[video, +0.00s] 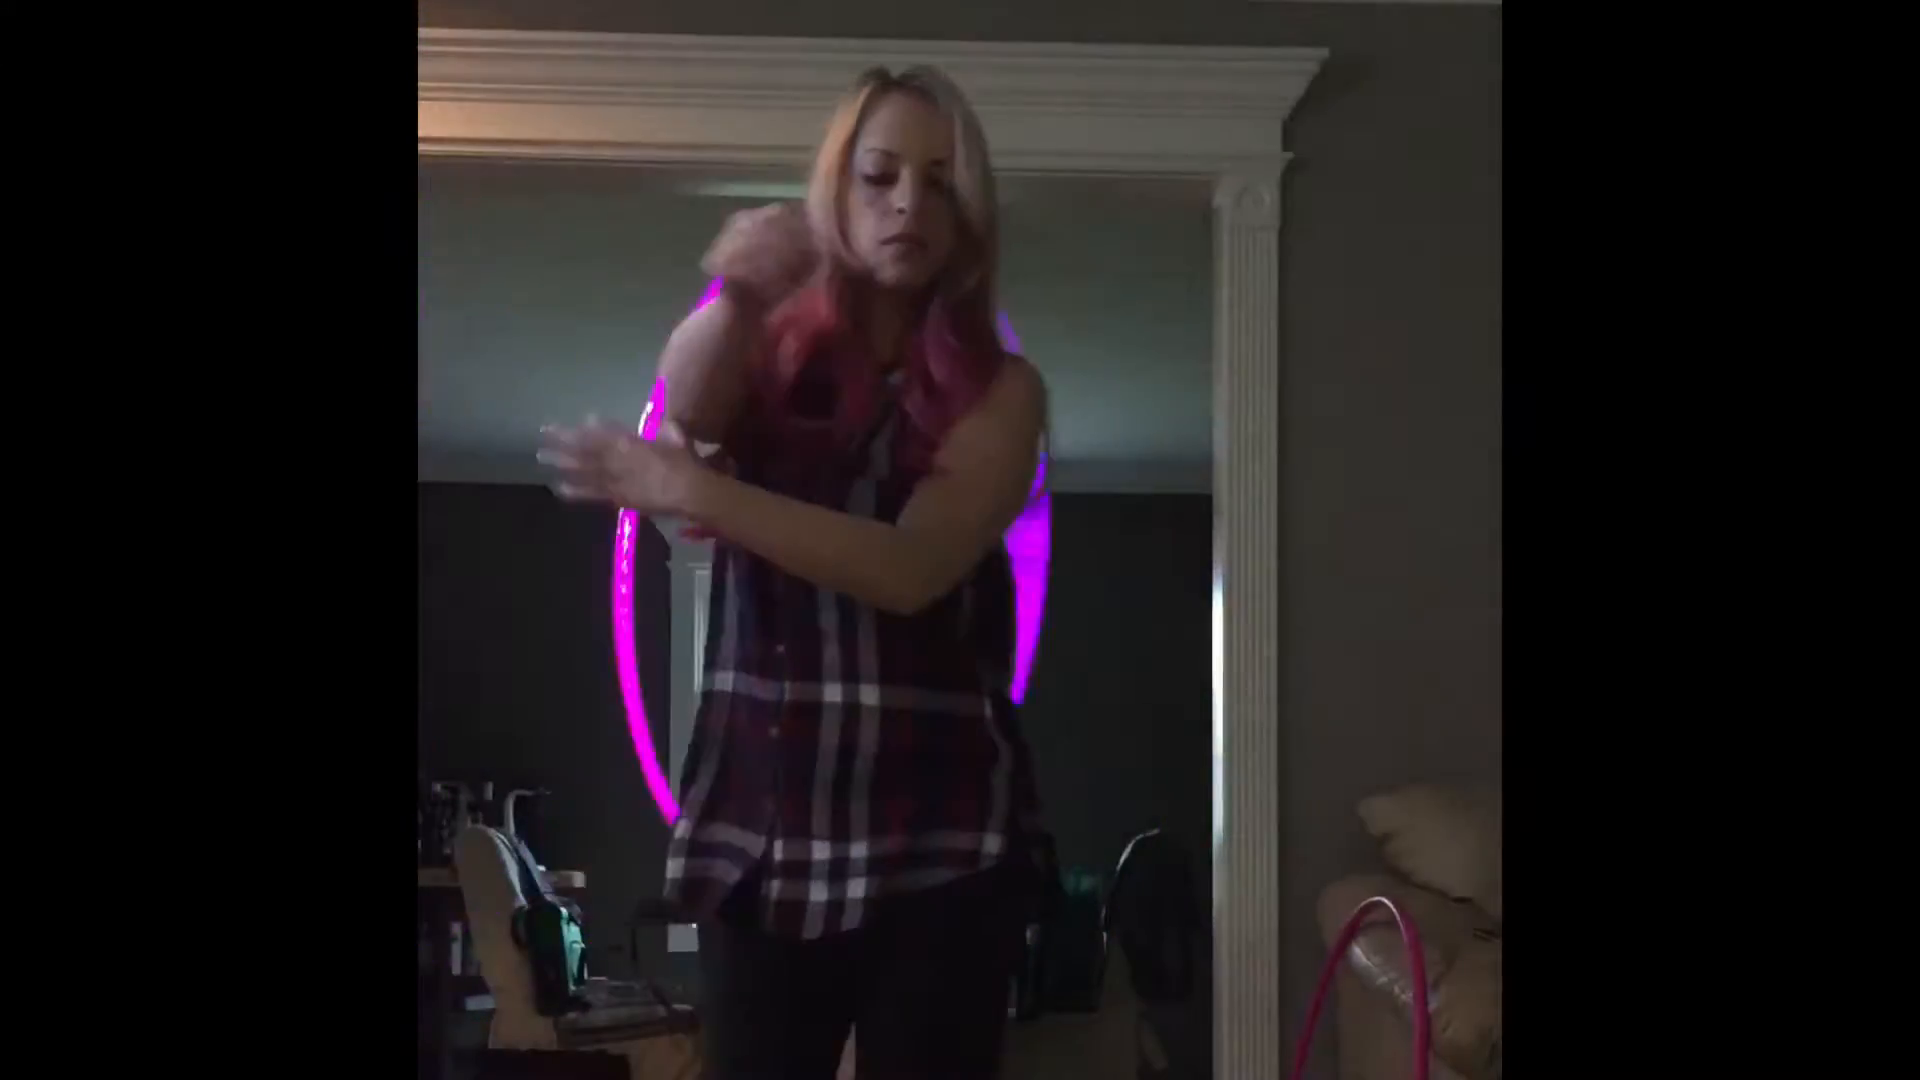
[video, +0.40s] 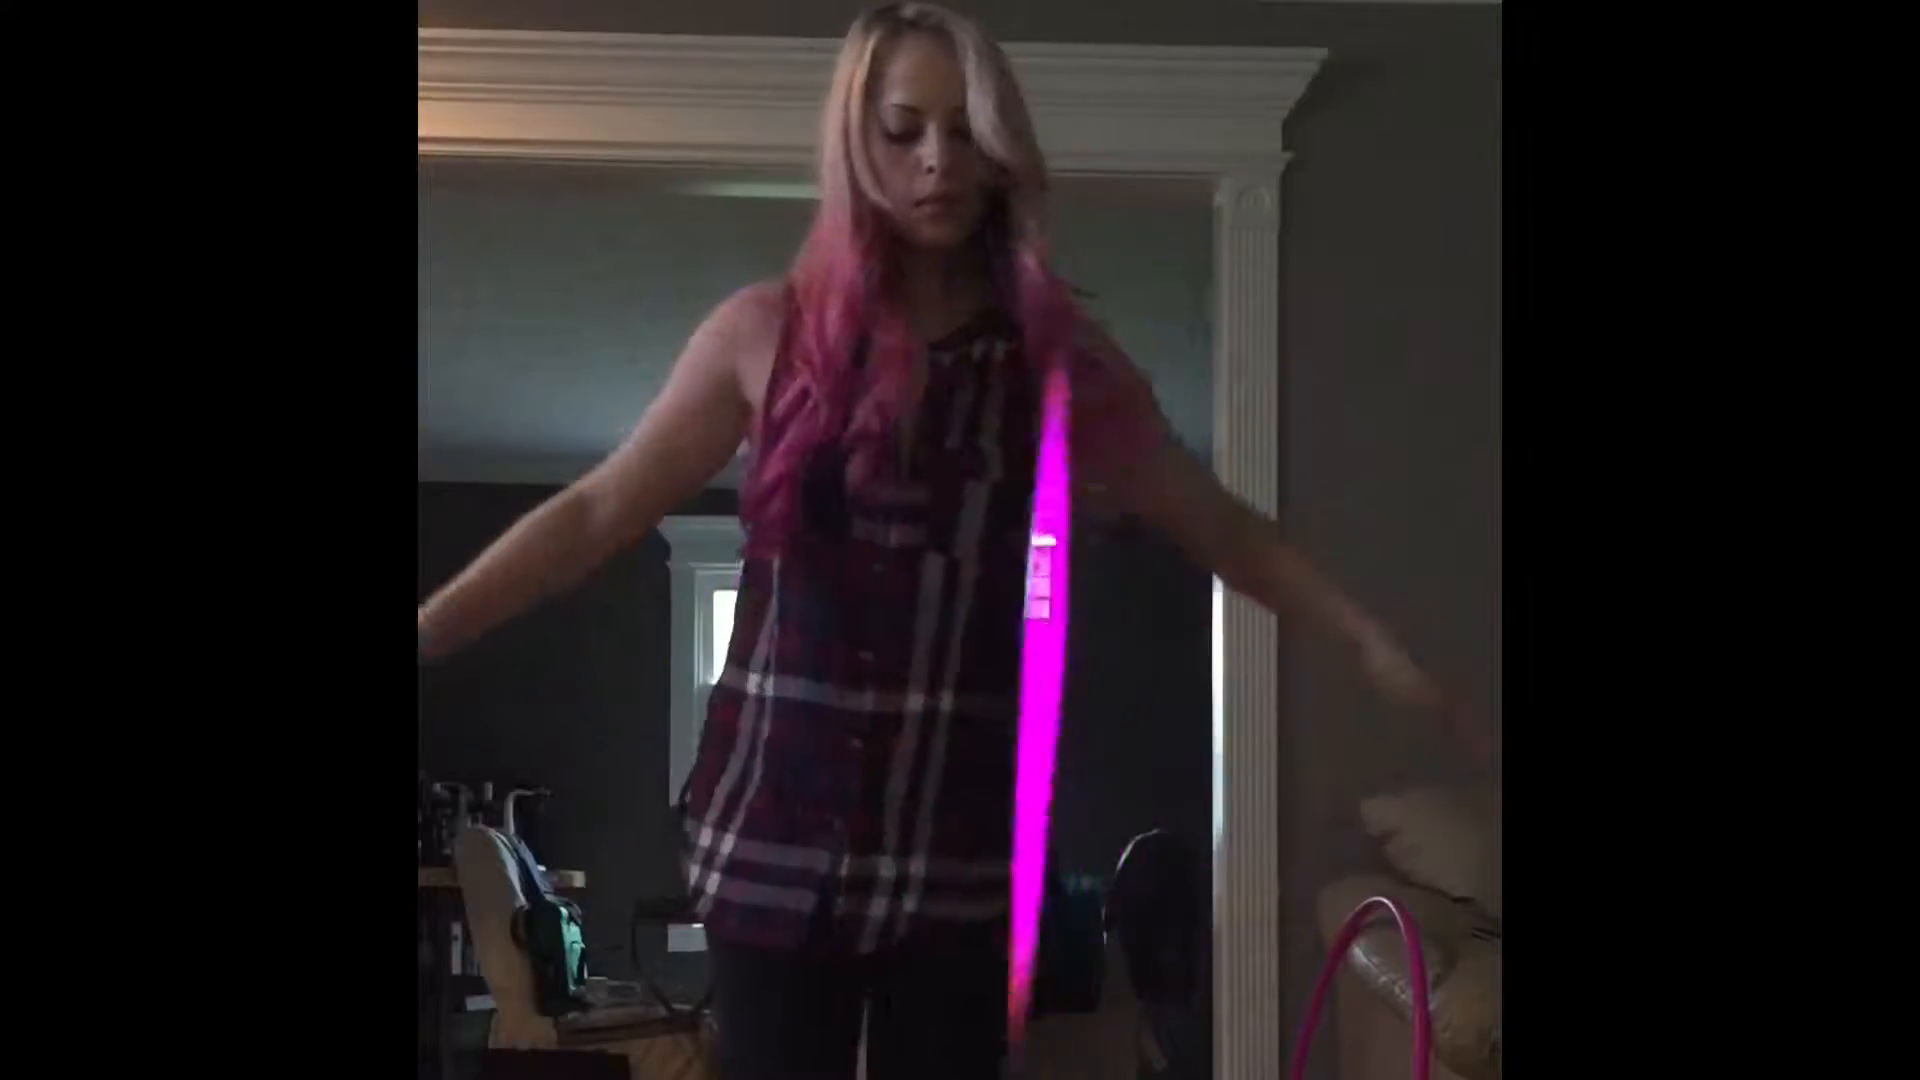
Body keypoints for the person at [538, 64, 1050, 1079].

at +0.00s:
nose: (909, 207)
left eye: (940, 182)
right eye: (881, 176)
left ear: (971, 207)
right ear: (834, 193)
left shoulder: (1001, 386)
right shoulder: (757, 341)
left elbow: (911, 573)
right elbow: (682, 415)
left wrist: (688, 494)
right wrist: (735, 292)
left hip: (944, 838)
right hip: (764, 827)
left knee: (926, 1063)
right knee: (754, 1065)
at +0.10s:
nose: (930, 195)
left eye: (961, 169)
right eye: (901, 165)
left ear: (992, 193)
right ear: (853, 181)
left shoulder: (1023, 380)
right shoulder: (779, 329)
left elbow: (1014, 614)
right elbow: (649, 421)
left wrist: (788, 599)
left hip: (949, 835)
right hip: (769, 824)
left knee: (929, 1067)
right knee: (759, 1065)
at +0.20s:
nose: (943, 181)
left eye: (972, 153)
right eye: (910, 152)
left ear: (1004, 175)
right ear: (857, 168)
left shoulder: (1049, 377)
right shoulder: (769, 331)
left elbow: (1120, 626)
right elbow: (589, 445)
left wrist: (1049, 759)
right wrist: (442, 489)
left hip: (960, 837)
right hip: (774, 830)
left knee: (937, 1069)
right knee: (771, 1067)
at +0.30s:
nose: (946, 170)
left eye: (972, 142)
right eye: (912, 143)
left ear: (1008, 157)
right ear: (858, 157)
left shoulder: (1058, 355)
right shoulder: (767, 332)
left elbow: (1190, 571)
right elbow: (583, 481)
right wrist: (421, 565)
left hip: (971, 846)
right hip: (775, 837)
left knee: (948, 1071)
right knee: (773, 1066)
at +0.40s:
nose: (934, 160)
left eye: (962, 130)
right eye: (901, 130)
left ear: (1005, 148)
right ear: (849, 143)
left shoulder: (1051, 346)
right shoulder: (767, 333)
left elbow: (1213, 524)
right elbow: (598, 514)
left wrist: (1371, 641)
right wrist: (426, 634)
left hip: (968, 836)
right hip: (782, 827)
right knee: (778, 1076)